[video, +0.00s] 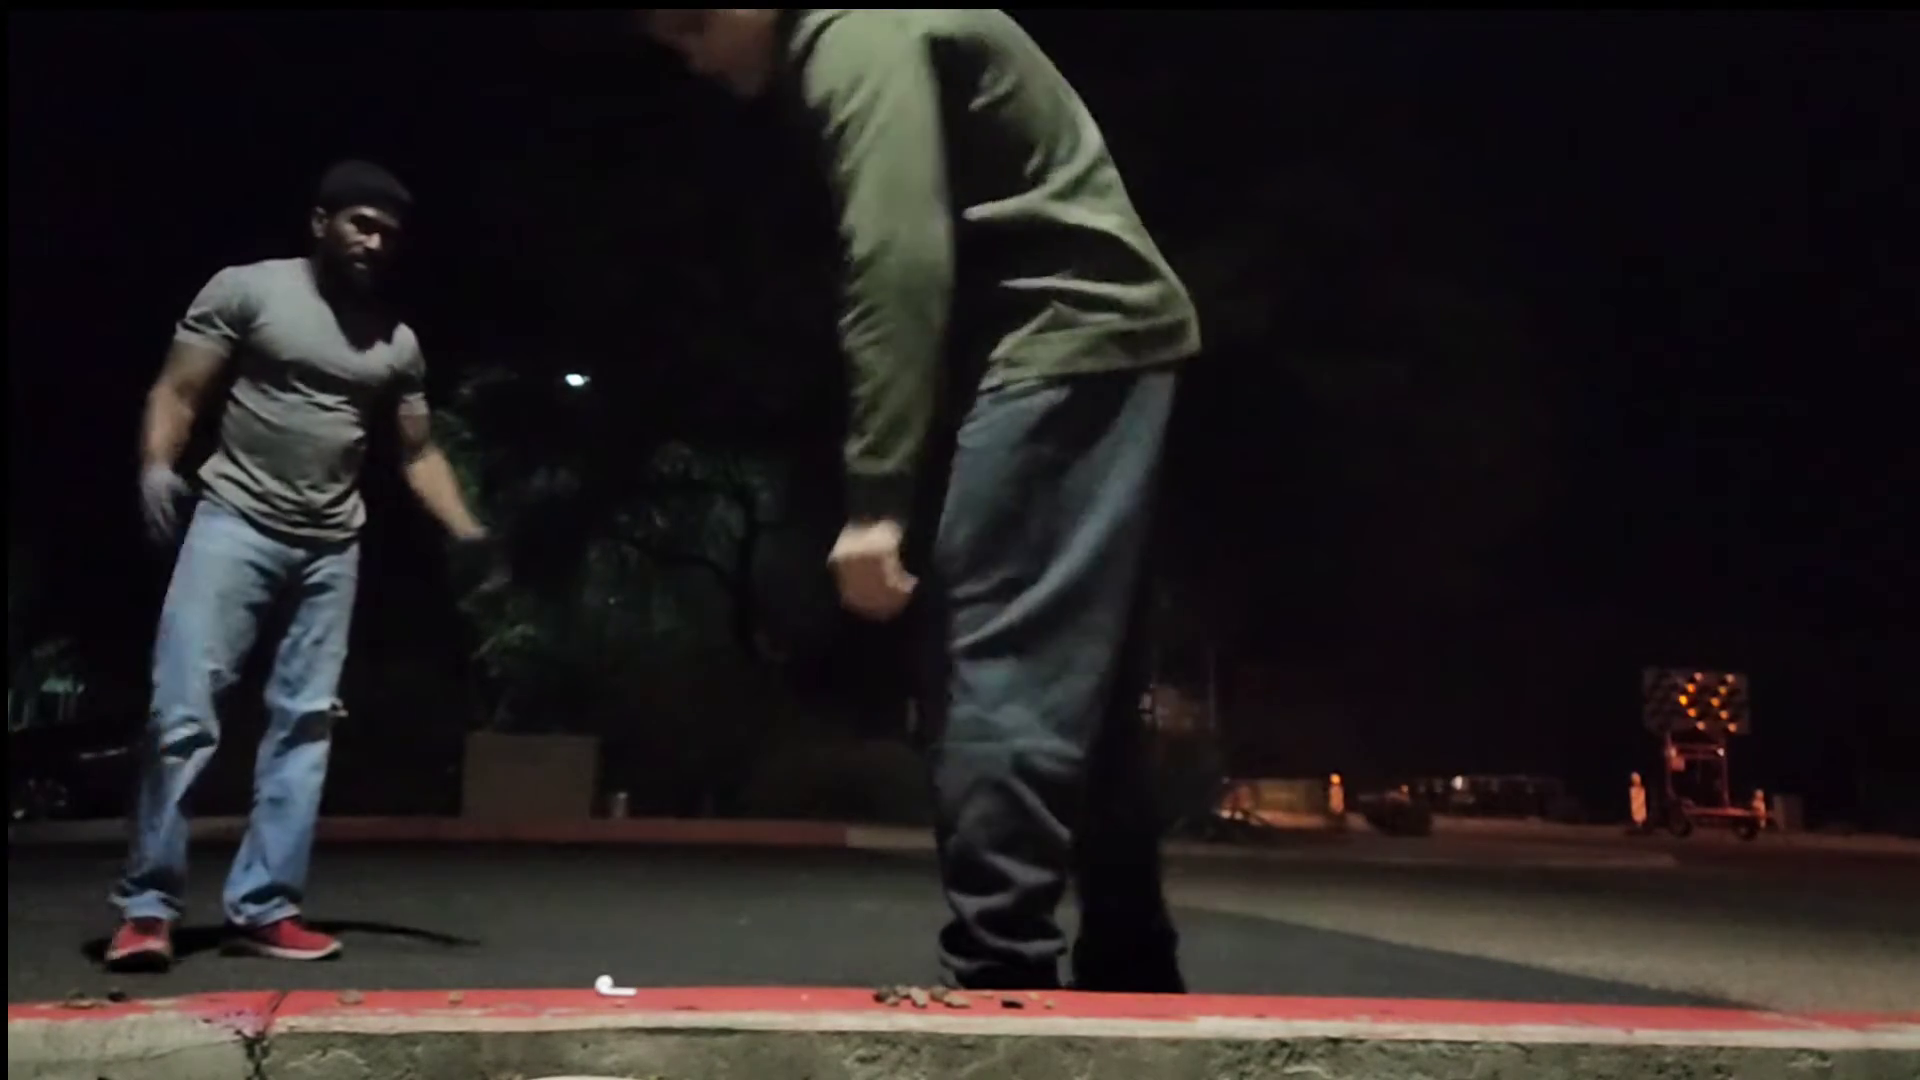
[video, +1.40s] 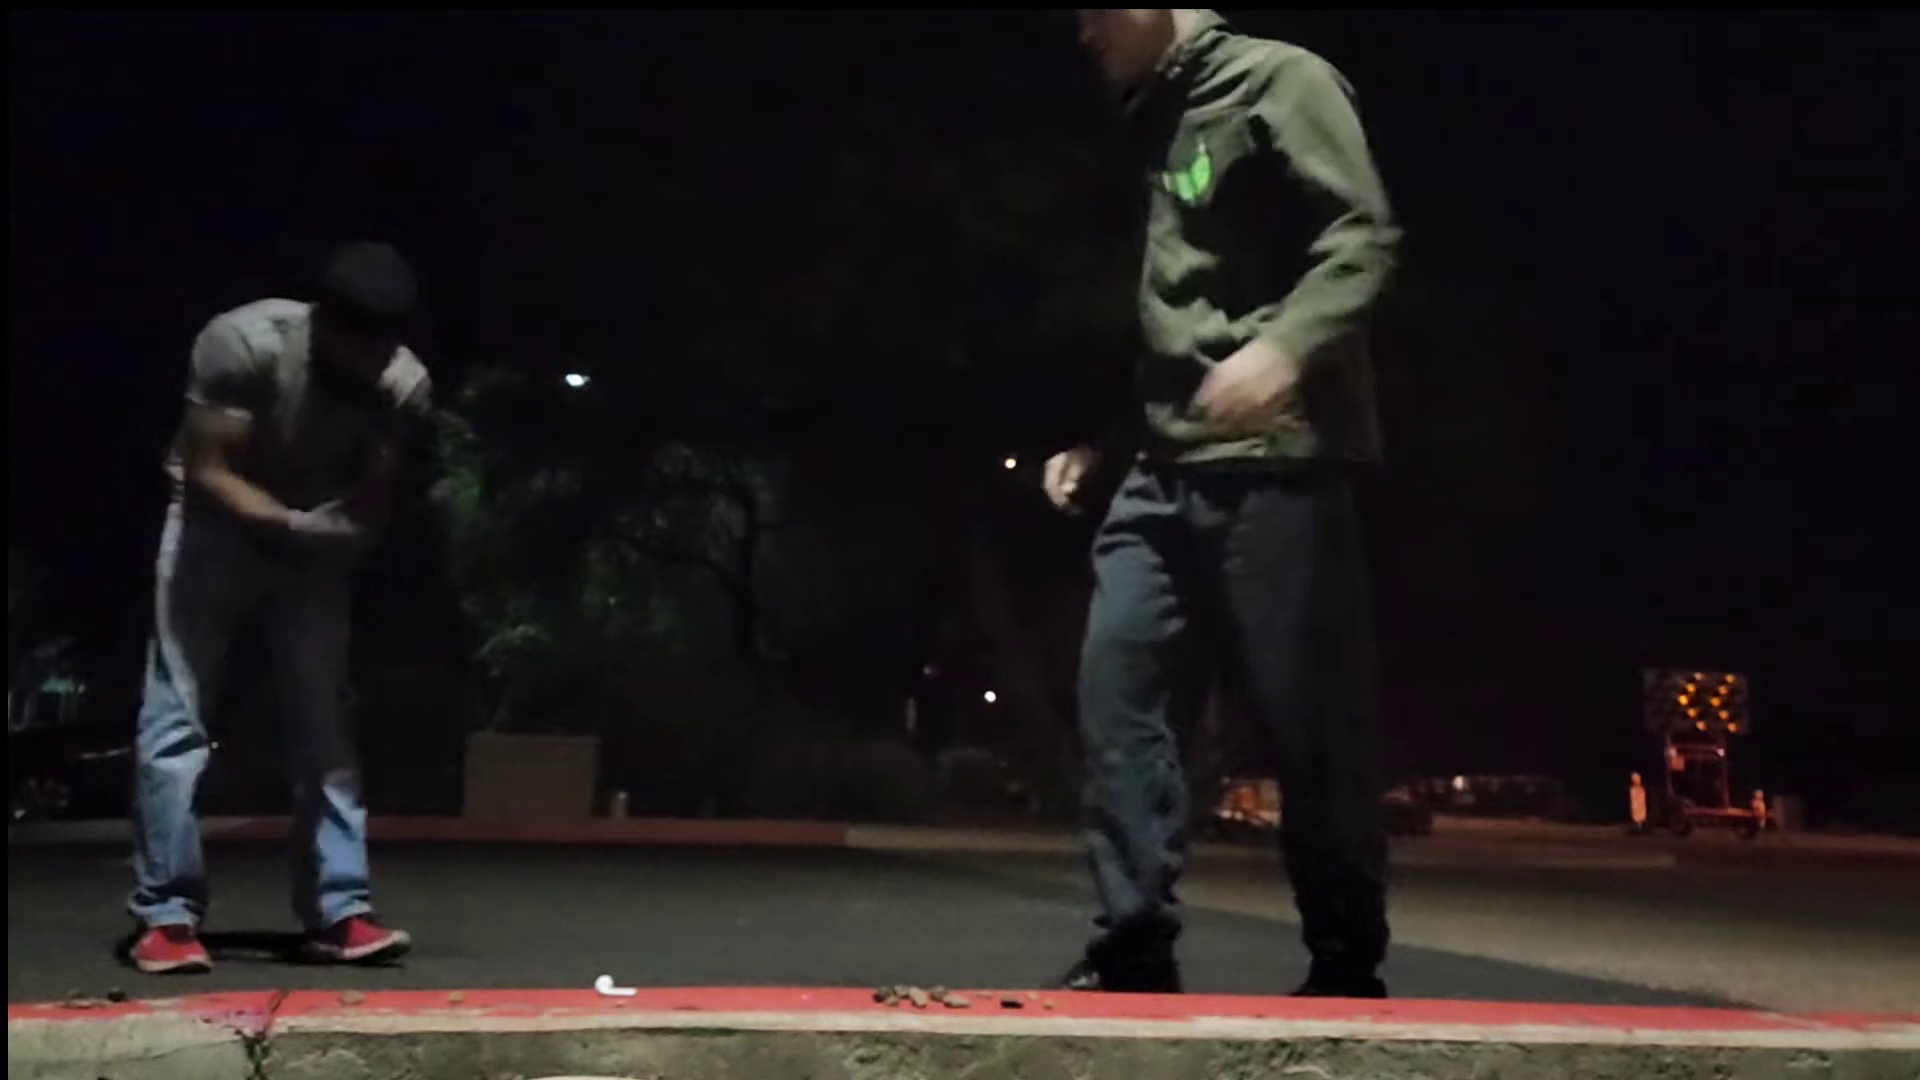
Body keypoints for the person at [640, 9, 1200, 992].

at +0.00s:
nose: (695, 66)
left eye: (687, 38)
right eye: (680, 49)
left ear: (738, 5)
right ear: (737, 15)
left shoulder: (861, 36)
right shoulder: (858, 38)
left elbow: (901, 257)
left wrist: (875, 501)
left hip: (1069, 339)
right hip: (1105, 335)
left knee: (998, 648)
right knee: (1071, 664)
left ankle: (1000, 967)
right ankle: (1130, 974)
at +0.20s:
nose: (807, 50)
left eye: (807, 26)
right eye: (796, 37)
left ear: (854, 4)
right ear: (844, 24)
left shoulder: (967, 35)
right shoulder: (941, 55)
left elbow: (1025, 225)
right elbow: (1022, 234)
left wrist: (984, 423)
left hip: (1121, 366)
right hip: (1082, 375)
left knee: (1070, 652)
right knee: (1056, 653)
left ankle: (1011, 943)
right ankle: (1123, 959)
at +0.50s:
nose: (898, 33)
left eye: (905, 15)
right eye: (895, 22)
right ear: (943, 21)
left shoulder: (1070, 30)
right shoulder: (1003, 79)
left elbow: (1135, 208)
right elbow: (1039, 272)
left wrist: (1103, 386)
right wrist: (1032, 427)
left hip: (1155, 389)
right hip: (1088, 405)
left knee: (1133, 674)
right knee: (1090, 681)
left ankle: (1179, 966)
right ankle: (1119, 968)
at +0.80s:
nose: (970, 28)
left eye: (978, 12)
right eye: (966, 20)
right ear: (1011, 23)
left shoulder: (1135, 31)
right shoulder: (1056, 97)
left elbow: (1232, 151)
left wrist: (1138, 314)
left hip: (1192, 446)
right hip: (1093, 463)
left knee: (1247, 699)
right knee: (1102, 719)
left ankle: (1330, 947)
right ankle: (1132, 967)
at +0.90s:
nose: (996, 23)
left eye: (1006, 8)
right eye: (994, 17)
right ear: (1030, 25)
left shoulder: (1166, 33)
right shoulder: (1078, 97)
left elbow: (1295, 130)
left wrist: (1203, 263)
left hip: (1200, 440)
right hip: (1099, 454)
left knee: (1247, 701)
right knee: (1107, 713)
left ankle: (1334, 953)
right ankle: (1131, 965)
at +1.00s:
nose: (1021, 22)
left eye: (1030, 9)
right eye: (1019, 16)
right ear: (1057, 24)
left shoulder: (1199, 34)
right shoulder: (1105, 96)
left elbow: (1356, 112)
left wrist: (1300, 211)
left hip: (1226, 438)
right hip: (1117, 452)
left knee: (1265, 710)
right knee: (1108, 712)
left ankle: (1341, 965)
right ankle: (1129, 971)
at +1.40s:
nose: (1088, 43)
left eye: (1094, 22)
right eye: (1083, 29)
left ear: (1148, 8)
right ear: (1134, 24)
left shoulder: (1286, 81)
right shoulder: (1161, 124)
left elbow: (1365, 236)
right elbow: (1180, 324)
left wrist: (1281, 348)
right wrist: (1106, 443)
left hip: (1278, 473)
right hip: (1161, 478)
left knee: (1310, 718)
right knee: (1119, 685)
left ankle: (1347, 958)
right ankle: (1135, 946)